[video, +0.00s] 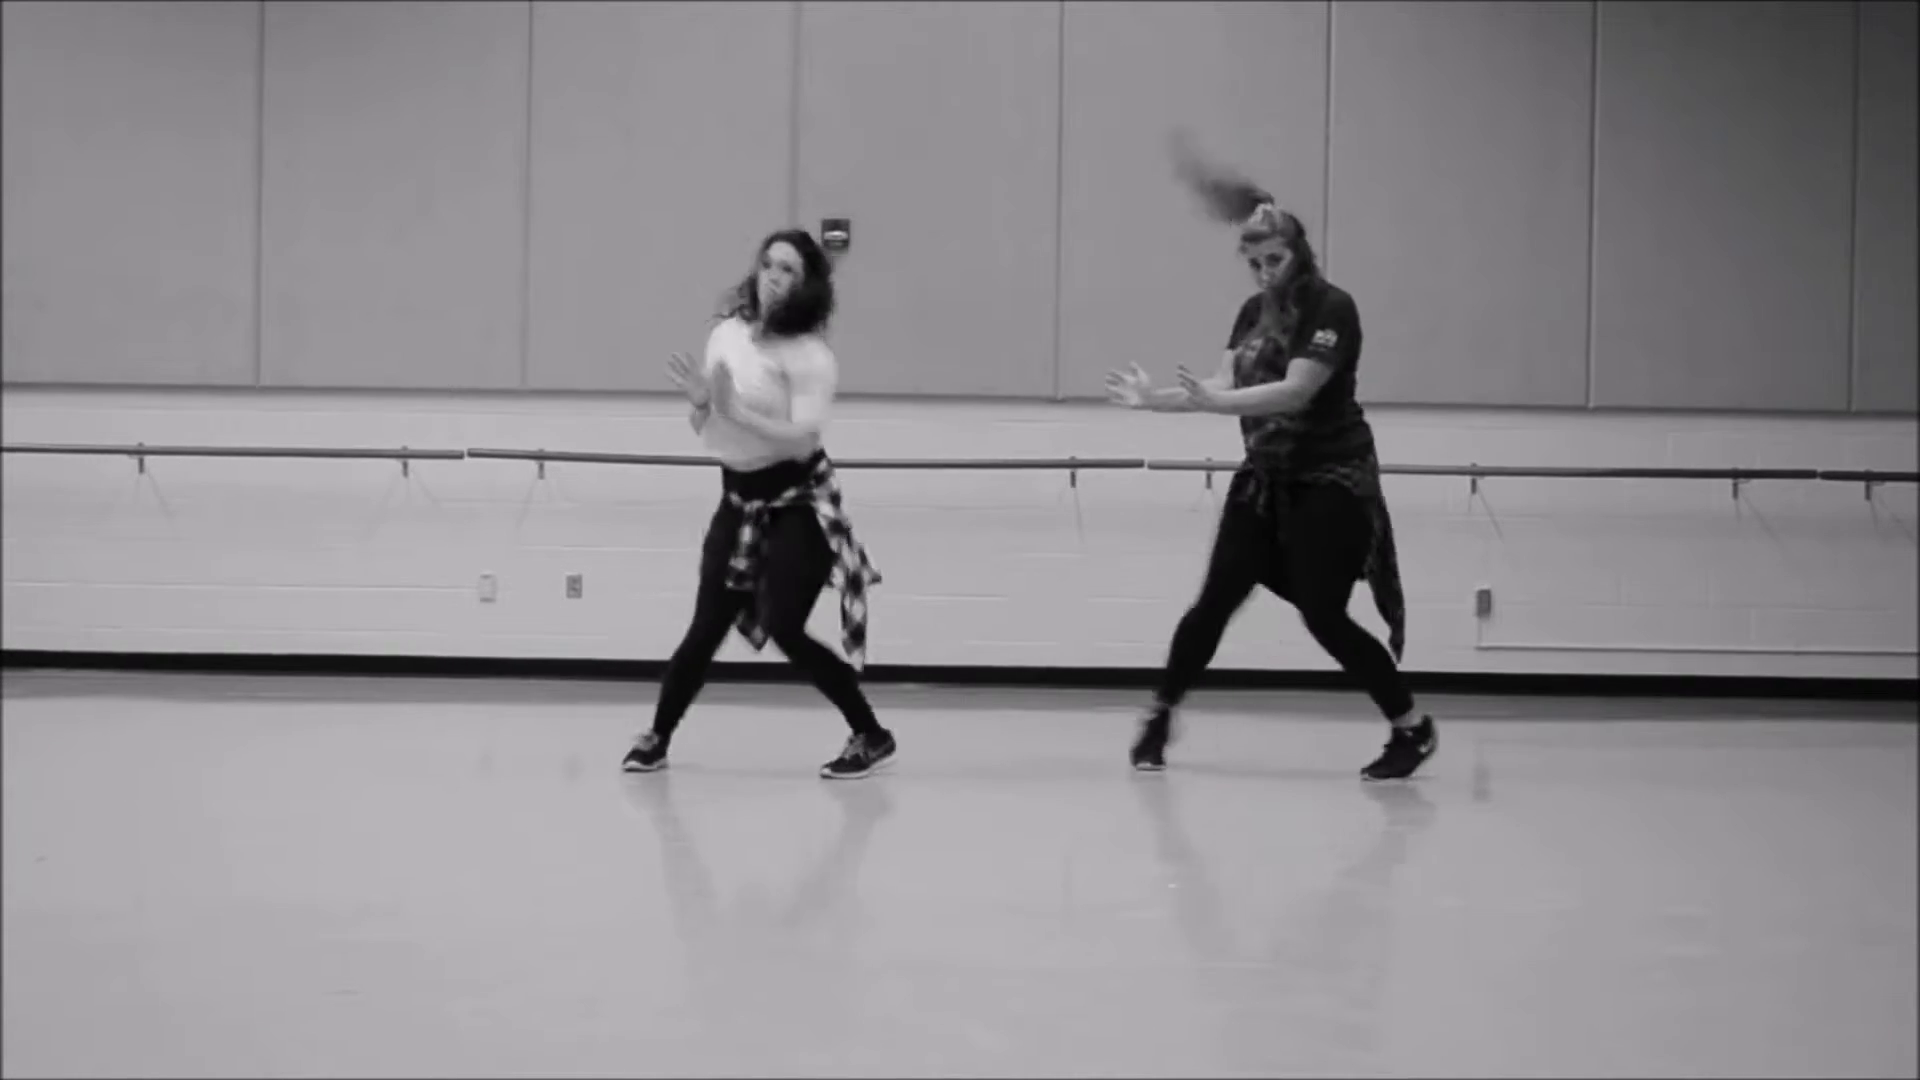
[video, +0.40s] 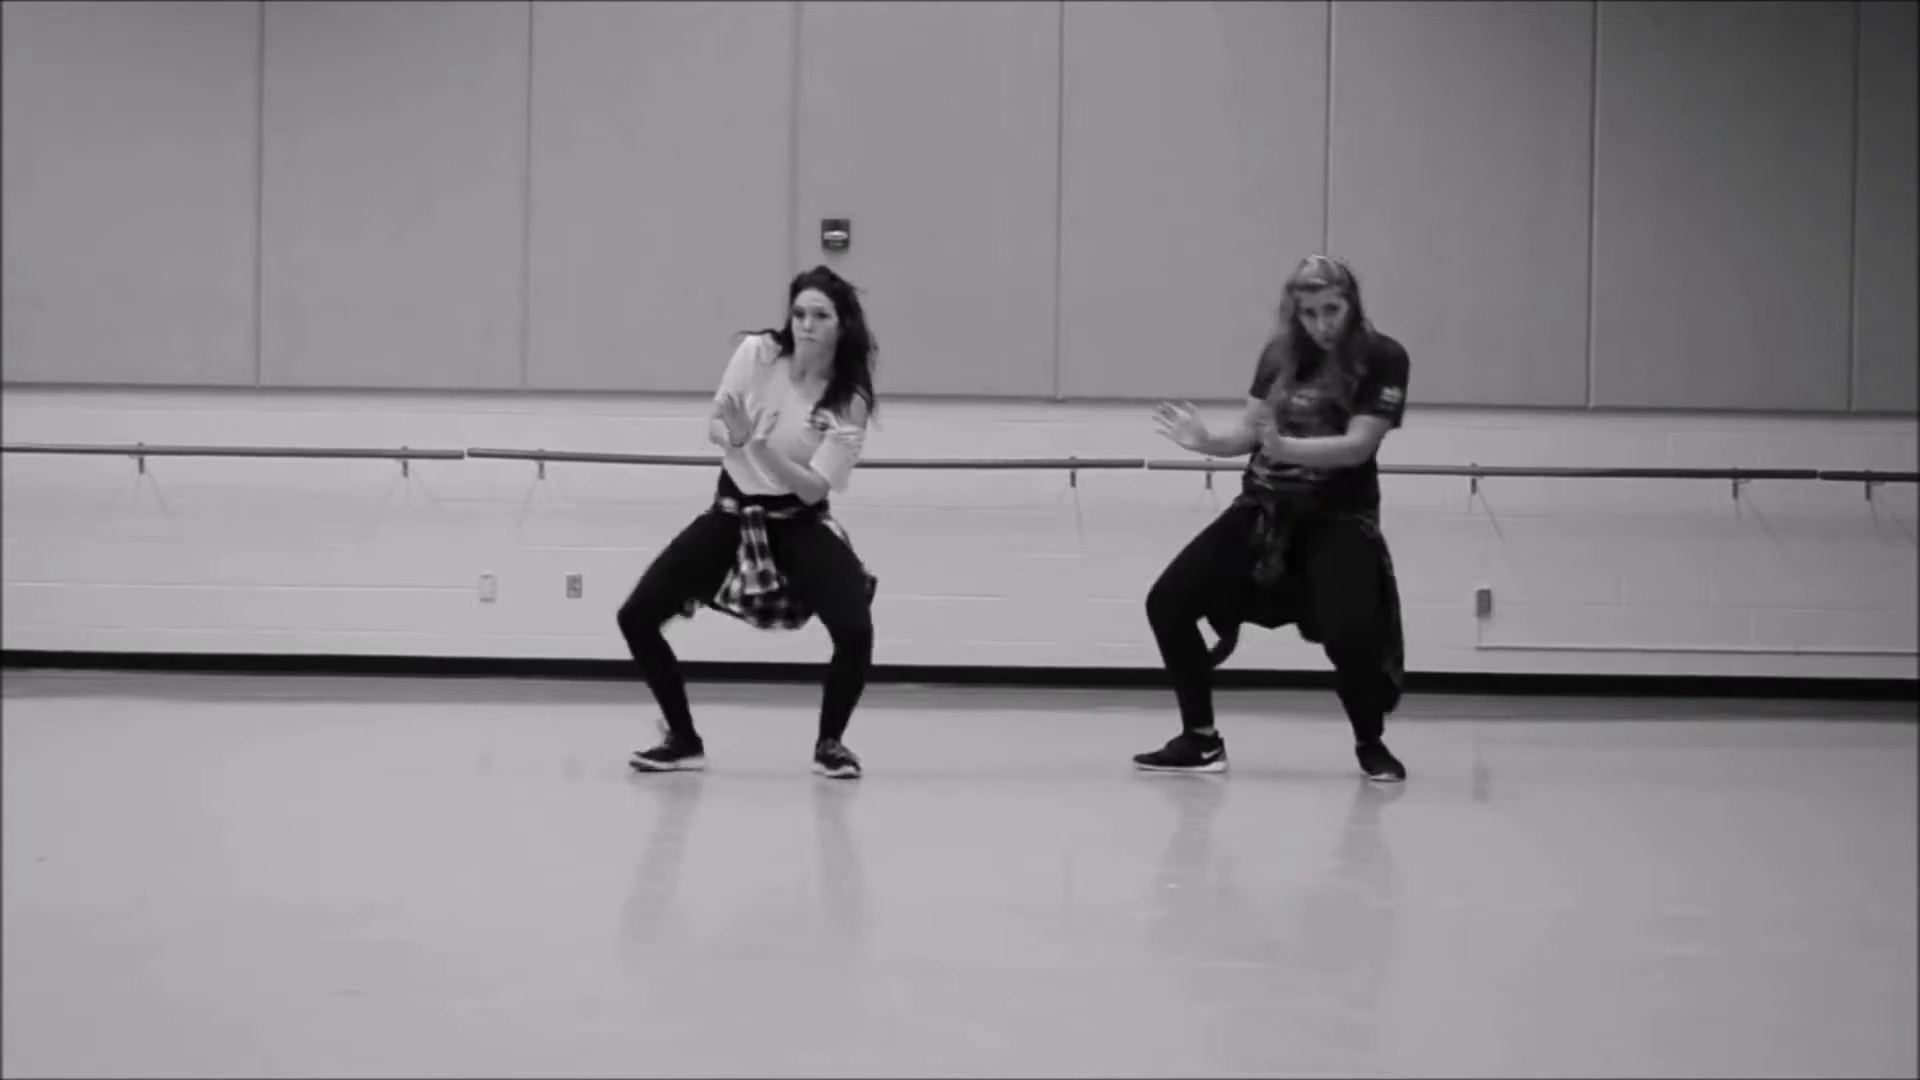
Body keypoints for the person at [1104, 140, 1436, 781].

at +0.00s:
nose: (1262, 265)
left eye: (1272, 254)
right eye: (1253, 256)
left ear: (1299, 250)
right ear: (1246, 257)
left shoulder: (1331, 310)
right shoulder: (1252, 314)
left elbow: (1296, 393)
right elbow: (1230, 387)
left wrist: (1215, 398)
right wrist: (1162, 397)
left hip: (1332, 484)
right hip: (1264, 482)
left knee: (1326, 616)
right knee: (1213, 602)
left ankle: (1411, 725)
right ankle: (1160, 716)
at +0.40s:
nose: (1321, 325)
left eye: (1331, 311)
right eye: (1309, 314)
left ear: (1352, 305)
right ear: (1295, 312)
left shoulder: (1383, 359)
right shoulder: (1281, 354)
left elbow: (1358, 447)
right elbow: (1253, 431)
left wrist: (1282, 448)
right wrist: (1207, 441)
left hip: (1338, 516)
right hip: (1264, 510)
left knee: (1354, 629)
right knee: (1168, 603)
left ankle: (1371, 746)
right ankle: (1200, 736)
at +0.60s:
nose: (1339, 311)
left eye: (1351, 299)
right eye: (1328, 298)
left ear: (1368, 301)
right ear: (1313, 296)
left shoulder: (1372, 365)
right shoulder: (1280, 329)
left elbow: (1333, 441)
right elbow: (1238, 393)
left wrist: (1252, 400)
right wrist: (1198, 393)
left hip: (1320, 508)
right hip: (1245, 497)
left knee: (1330, 626)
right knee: (1171, 602)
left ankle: (1372, 746)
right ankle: (1200, 735)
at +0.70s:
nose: (1281, 269)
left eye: (1292, 258)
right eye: (1273, 258)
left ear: (1317, 261)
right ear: (1262, 261)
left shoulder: (1335, 323)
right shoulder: (1245, 303)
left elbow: (1317, 408)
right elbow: (1186, 358)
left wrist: (1235, 395)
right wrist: (1162, 372)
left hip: (1314, 488)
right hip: (1236, 483)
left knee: (1343, 616)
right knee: (1179, 596)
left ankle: (1374, 739)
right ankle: (1201, 734)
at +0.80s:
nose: (1237, 264)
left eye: (1244, 251)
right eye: (1224, 254)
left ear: (1265, 245)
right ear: (1209, 254)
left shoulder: (1291, 293)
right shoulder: (1200, 287)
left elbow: (1282, 377)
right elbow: (1142, 336)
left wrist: (1198, 379)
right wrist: (1119, 364)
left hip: (1302, 471)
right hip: (1226, 471)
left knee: (1341, 601)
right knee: (1195, 596)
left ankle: (1375, 725)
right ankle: (1203, 735)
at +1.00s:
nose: (1162, 260)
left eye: (1166, 245)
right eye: (1148, 257)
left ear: (1188, 238)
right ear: (1141, 266)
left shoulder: (1234, 289)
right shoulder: (1147, 299)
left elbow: (1195, 355)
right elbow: (1091, 345)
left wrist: (1114, 389)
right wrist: (1065, 387)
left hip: (1264, 464)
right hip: (1195, 468)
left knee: (1274, 588)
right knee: (1193, 600)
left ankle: (1306, 715)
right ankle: (1201, 733)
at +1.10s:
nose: (1130, 276)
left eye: (1134, 261)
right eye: (1118, 274)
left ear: (1159, 252)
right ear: (1116, 285)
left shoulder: (1205, 296)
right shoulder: (1134, 317)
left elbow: (1147, 362)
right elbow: (1085, 366)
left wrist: (1079, 415)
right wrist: (1045, 425)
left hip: (1251, 465)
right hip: (1194, 469)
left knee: (1203, 584)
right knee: (1175, 589)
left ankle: (1231, 728)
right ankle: (1196, 731)